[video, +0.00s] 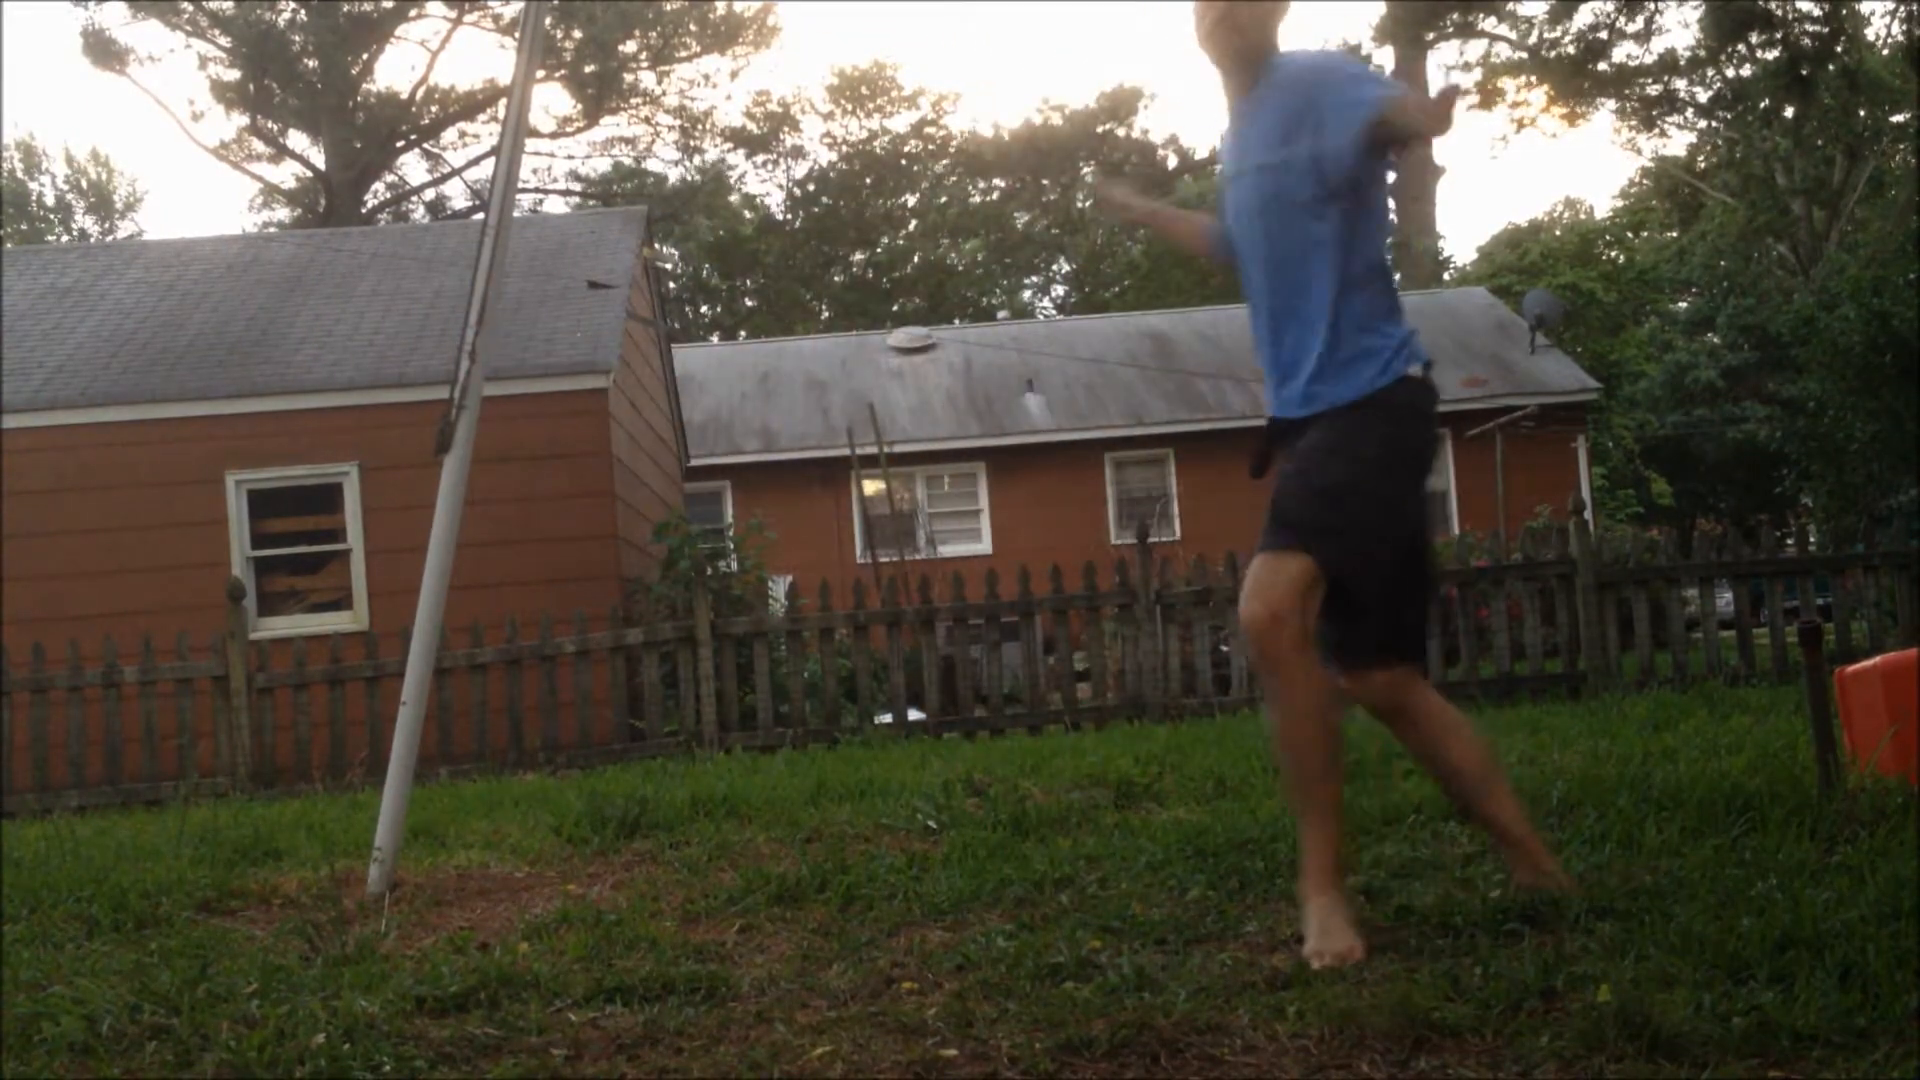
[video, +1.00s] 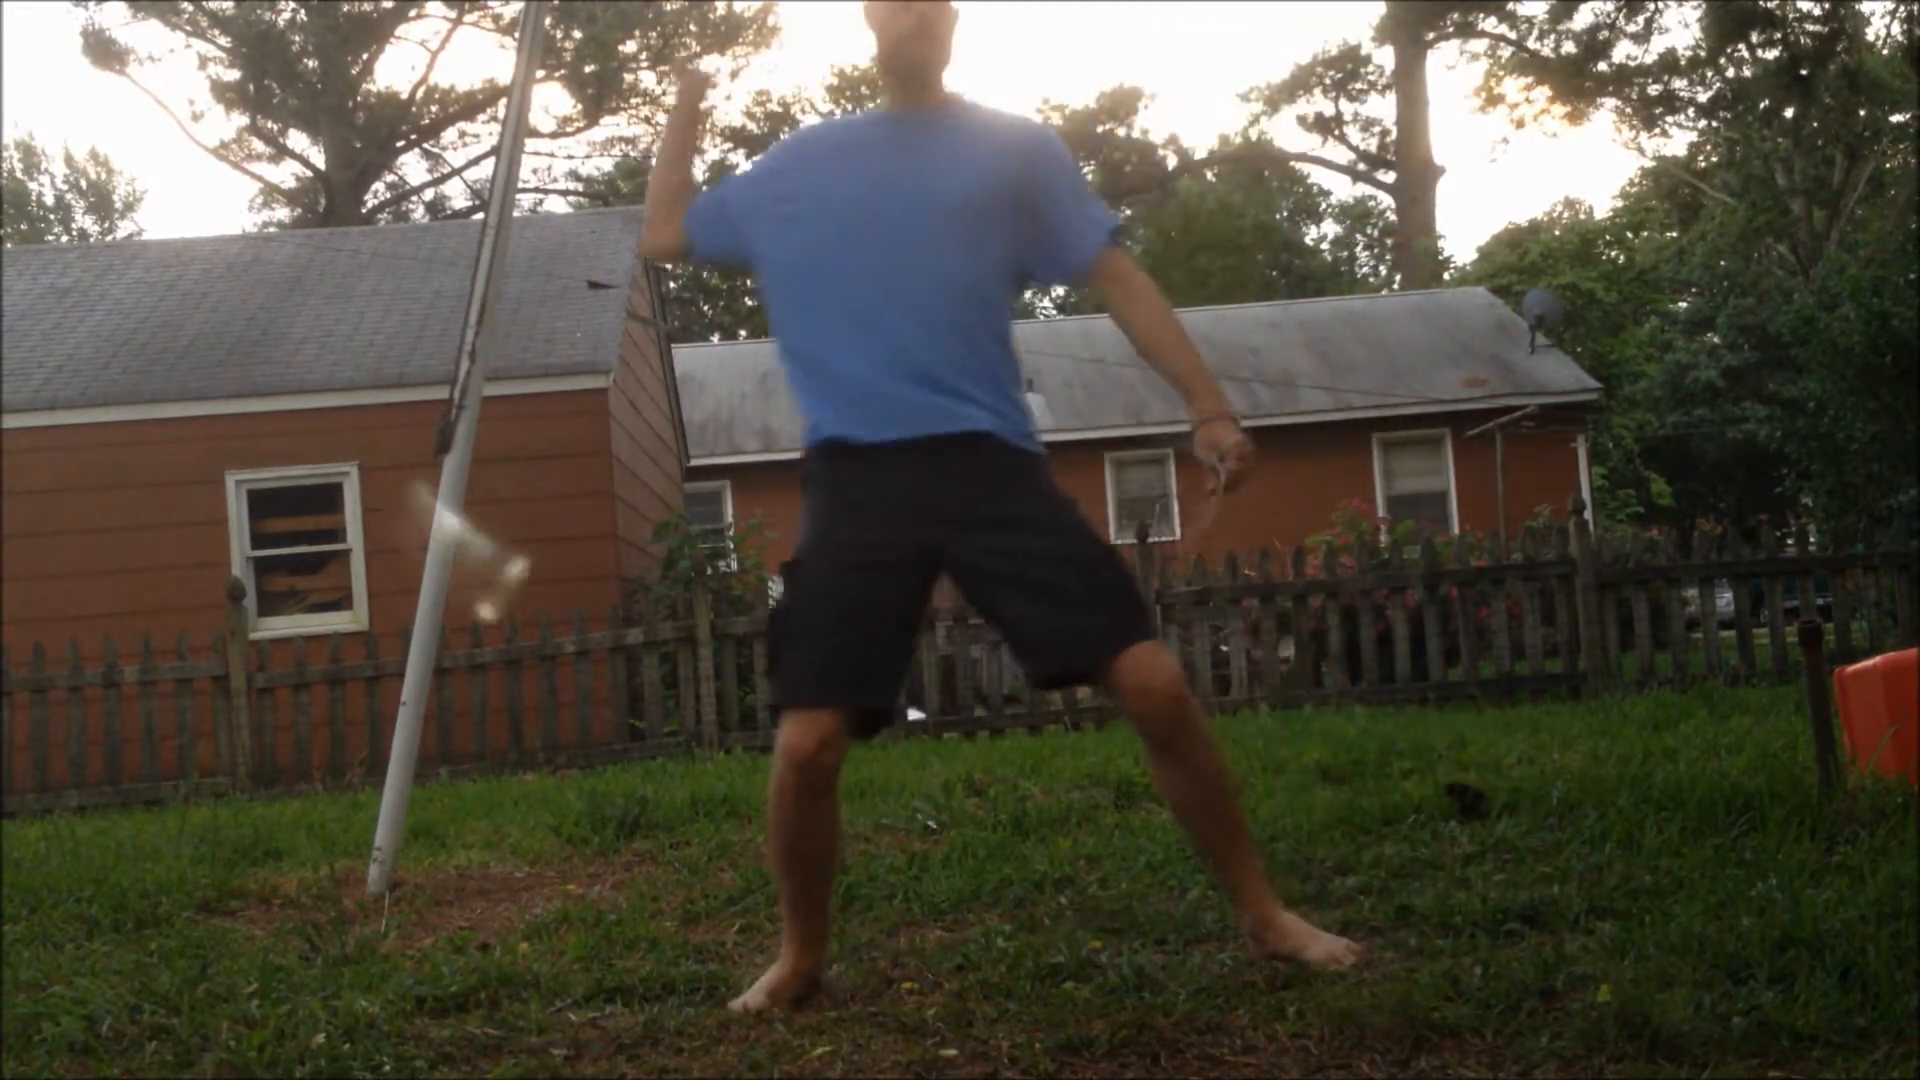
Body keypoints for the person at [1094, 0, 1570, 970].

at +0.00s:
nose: (1204, 20)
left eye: (1216, 4)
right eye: (1201, 8)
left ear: (1262, 10)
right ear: (1214, 28)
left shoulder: (1316, 78)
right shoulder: (1243, 130)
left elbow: (1398, 117)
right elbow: (1240, 247)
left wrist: (1419, 117)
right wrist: (1136, 206)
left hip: (1370, 399)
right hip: (1312, 413)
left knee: (1272, 609)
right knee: (1381, 673)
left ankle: (1323, 896)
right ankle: (1544, 875)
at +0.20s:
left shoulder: (1350, 80)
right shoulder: (1171, 92)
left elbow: (1465, 202)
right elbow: (1062, 112)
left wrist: (1568, 312)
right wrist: (998, 94)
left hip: (1315, 400)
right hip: (1217, 413)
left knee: (1262, 652)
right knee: (1251, 675)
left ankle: (1322, 907)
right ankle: (1436, 829)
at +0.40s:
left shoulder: (1323, 96)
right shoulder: (1124, 54)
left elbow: (1405, 245)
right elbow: (961, 29)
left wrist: (1472, 377)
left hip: (1264, 410)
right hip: (1145, 402)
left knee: (1303, 648)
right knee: (1100, 680)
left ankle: (1314, 903)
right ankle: (1200, 856)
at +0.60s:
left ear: (1194, 6)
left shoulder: (1229, 126)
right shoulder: (1054, 78)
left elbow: (1309, 264)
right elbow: (921, 83)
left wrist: (1392, 371)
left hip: (1202, 433)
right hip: (1074, 432)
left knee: (1318, 652)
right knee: (984, 696)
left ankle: (1292, 909)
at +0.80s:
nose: (1031, 13)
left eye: (1046, 0)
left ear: (1065, 22)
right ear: (984, 16)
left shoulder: (1113, 161)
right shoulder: (916, 126)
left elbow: (1194, 303)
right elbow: (768, 127)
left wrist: (1270, 393)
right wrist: (835, 23)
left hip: (1087, 457)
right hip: (954, 460)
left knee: (1258, 668)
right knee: (860, 728)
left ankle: (1278, 913)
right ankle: (798, 955)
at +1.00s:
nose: (913, 19)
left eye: (930, 3)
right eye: (894, 4)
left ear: (953, 25)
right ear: (866, 28)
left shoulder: (1019, 149)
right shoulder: (803, 159)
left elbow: (1115, 278)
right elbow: (664, 234)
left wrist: (1208, 404)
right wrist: (683, 114)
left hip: (995, 464)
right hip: (856, 472)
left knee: (1157, 685)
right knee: (804, 745)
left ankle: (1264, 916)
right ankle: (797, 963)